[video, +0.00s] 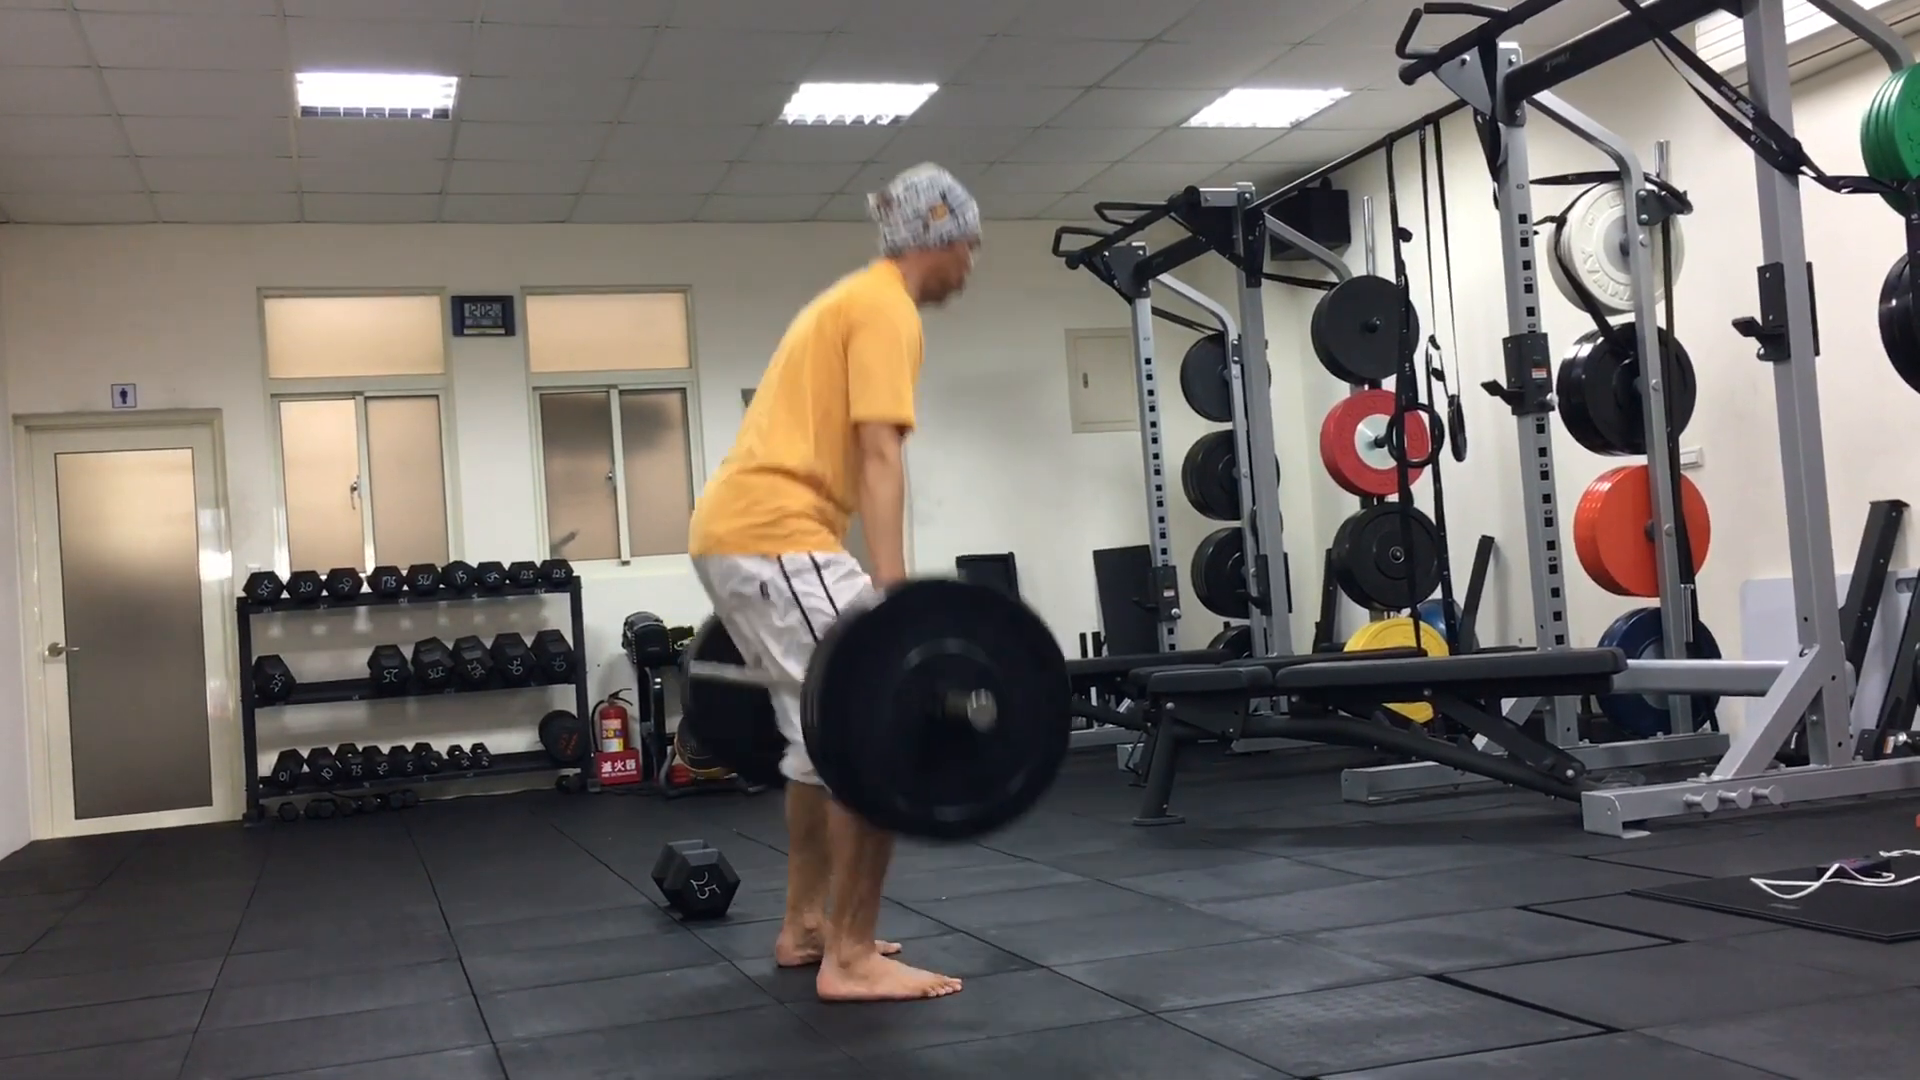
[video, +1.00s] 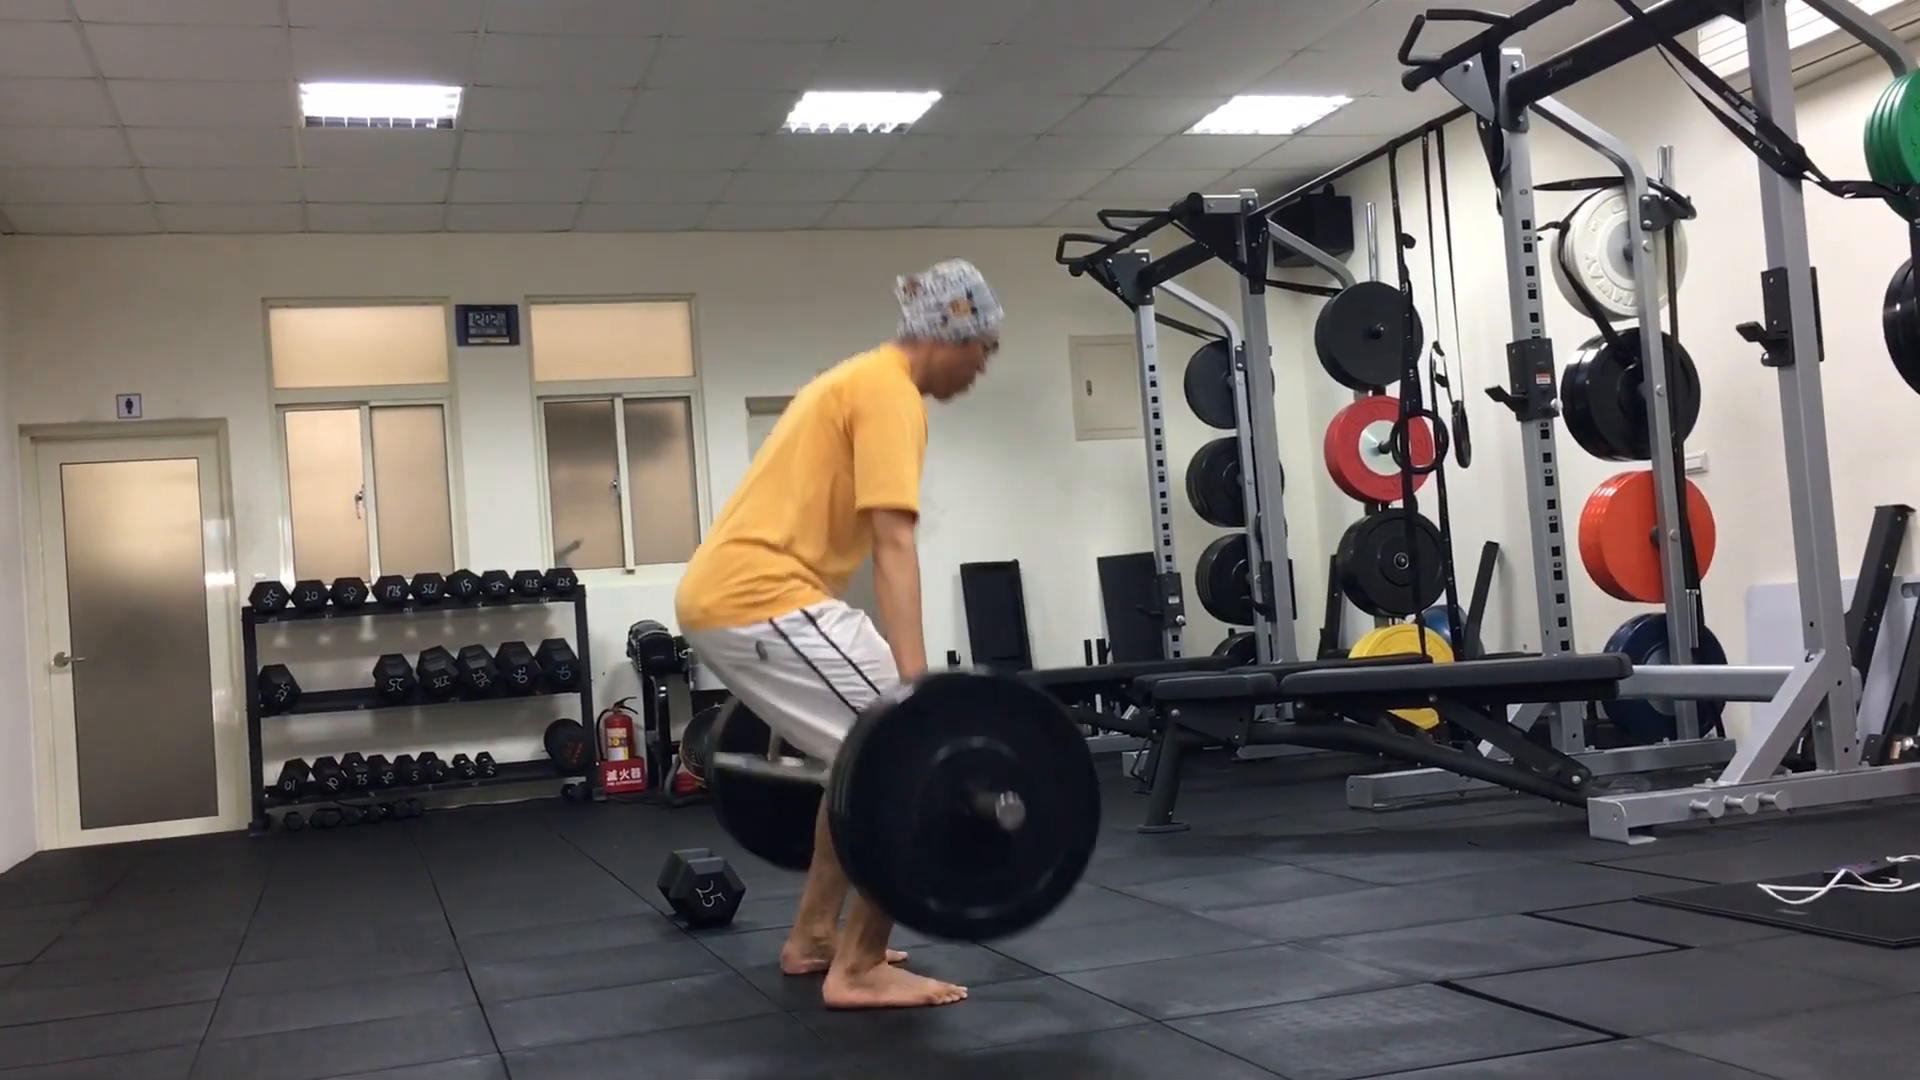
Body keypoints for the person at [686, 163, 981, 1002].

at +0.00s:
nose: (970, 269)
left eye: (972, 252)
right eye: (969, 250)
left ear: (906, 235)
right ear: (941, 240)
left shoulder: (846, 301)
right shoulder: (882, 306)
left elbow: (837, 457)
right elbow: (878, 455)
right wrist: (896, 598)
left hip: (735, 532)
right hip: (779, 533)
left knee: (818, 724)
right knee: (873, 718)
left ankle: (806, 922)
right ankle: (852, 954)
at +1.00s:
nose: (982, 369)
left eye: (988, 354)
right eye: (982, 350)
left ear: (924, 332)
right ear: (947, 333)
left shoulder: (858, 381)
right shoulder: (888, 388)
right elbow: (894, 545)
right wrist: (916, 688)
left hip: (724, 593)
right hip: (760, 592)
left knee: (867, 742)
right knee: (904, 738)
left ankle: (814, 935)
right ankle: (860, 965)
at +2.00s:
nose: (969, 258)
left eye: (975, 243)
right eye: (971, 239)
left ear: (913, 222)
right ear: (938, 223)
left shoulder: (850, 282)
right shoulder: (887, 281)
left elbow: (809, 432)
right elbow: (882, 420)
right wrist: (900, 558)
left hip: (758, 527)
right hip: (805, 526)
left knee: (817, 730)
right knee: (866, 726)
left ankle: (814, 922)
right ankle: (859, 951)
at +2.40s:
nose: (927, 201)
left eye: (929, 186)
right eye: (925, 183)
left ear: (860, 171)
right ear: (893, 171)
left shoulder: (807, 248)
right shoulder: (849, 244)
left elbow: (804, 405)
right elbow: (863, 384)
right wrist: (896, 519)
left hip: (794, 521)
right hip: (842, 520)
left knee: (798, 731)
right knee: (843, 734)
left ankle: (809, 923)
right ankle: (857, 951)